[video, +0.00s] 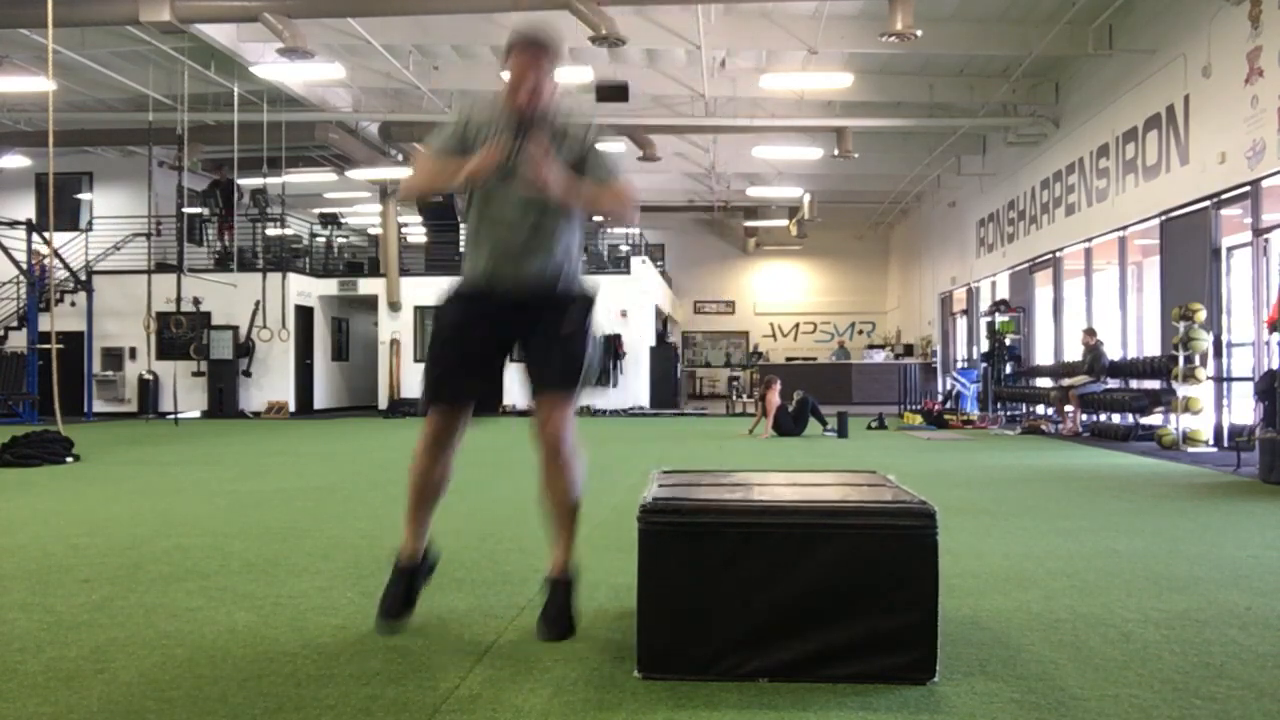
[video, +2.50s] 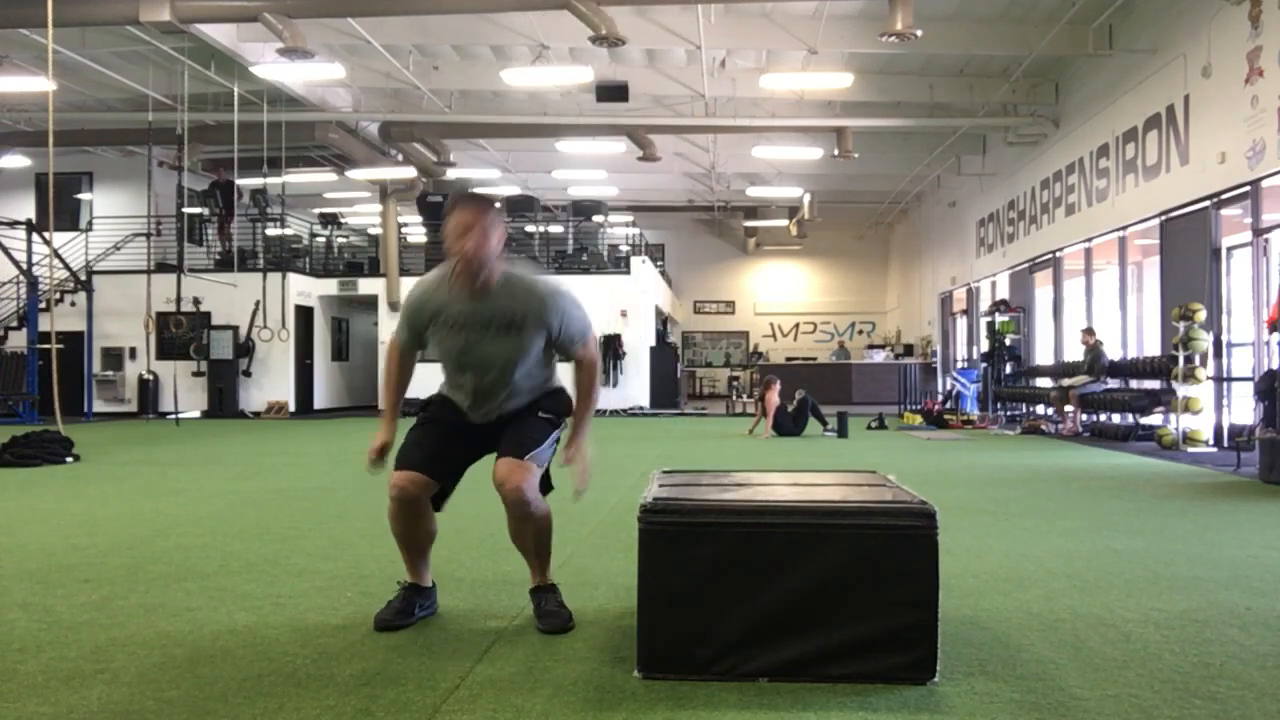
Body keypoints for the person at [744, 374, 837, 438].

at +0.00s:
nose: (780, 386)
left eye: (779, 384)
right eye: (778, 384)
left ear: (768, 385)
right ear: (773, 385)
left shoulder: (765, 396)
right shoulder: (773, 396)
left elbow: (759, 415)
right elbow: (770, 416)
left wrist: (751, 430)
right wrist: (766, 433)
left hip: (785, 430)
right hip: (792, 431)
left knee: (804, 399)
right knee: (807, 400)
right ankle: (826, 426)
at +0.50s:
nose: (780, 386)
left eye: (780, 384)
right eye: (778, 384)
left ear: (768, 385)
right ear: (773, 385)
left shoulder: (765, 396)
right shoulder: (773, 396)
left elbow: (760, 415)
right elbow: (770, 416)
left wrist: (751, 430)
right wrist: (766, 433)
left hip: (784, 430)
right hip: (792, 431)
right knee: (807, 399)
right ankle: (826, 426)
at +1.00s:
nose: (780, 387)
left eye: (779, 384)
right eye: (778, 384)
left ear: (768, 385)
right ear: (773, 385)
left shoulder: (765, 396)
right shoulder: (773, 396)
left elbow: (759, 415)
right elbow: (770, 416)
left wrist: (751, 430)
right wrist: (766, 433)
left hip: (784, 430)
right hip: (792, 431)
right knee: (807, 399)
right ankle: (826, 426)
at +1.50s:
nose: (779, 387)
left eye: (779, 384)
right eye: (778, 384)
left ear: (767, 385)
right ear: (774, 385)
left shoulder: (764, 396)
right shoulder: (772, 395)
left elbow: (759, 416)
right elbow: (770, 416)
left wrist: (751, 430)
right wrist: (767, 433)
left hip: (785, 430)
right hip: (793, 431)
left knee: (805, 398)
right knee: (807, 399)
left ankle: (825, 425)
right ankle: (826, 426)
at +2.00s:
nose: (779, 387)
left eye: (779, 385)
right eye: (778, 385)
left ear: (767, 385)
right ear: (773, 385)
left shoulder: (764, 396)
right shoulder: (772, 396)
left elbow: (759, 415)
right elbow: (770, 416)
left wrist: (751, 430)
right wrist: (767, 433)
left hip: (785, 430)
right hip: (793, 431)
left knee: (805, 398)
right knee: (807, 399)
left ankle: (825, 425)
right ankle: (826, 426)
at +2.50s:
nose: (779, 387)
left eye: (779, 384)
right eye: (778, 385)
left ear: (767, 385)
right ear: (773, 385)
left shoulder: (764, 396)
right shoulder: (772, 396)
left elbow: (759, 415)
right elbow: (770, 415)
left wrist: (751, 429)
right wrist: (767, 433)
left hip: (784, 430)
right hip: (793, 431)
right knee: (807, 399)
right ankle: (826, 426)